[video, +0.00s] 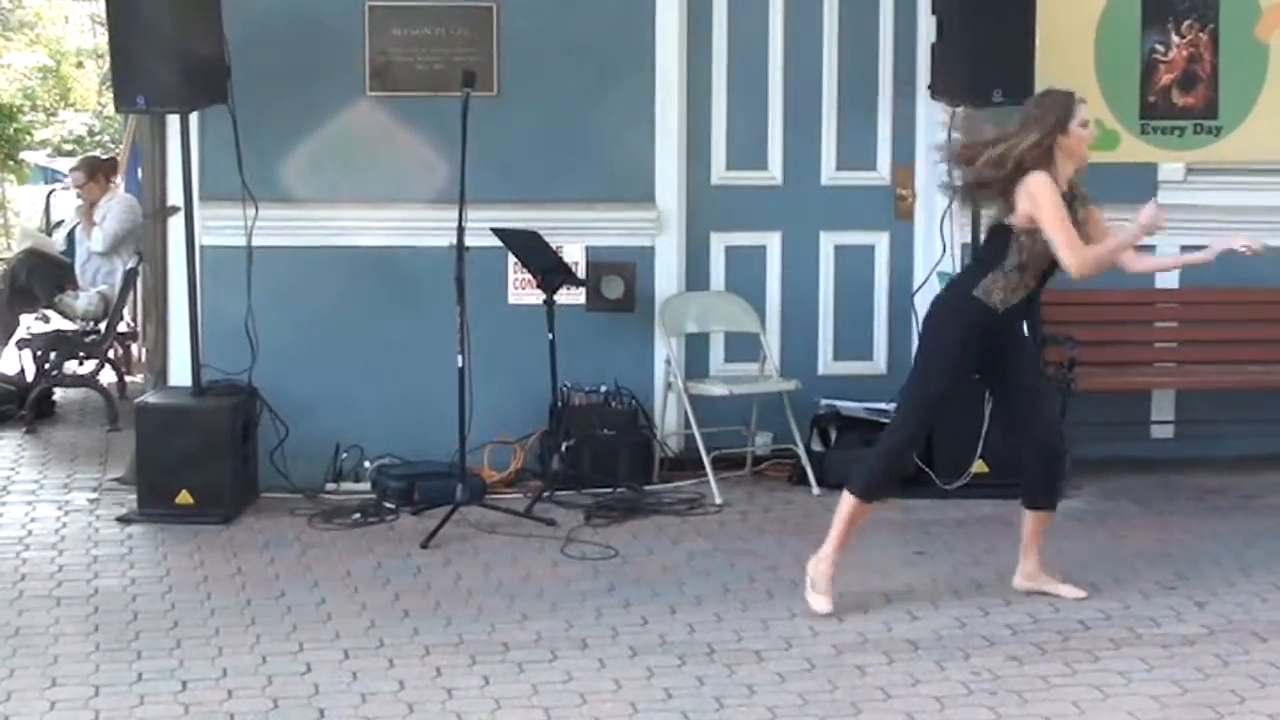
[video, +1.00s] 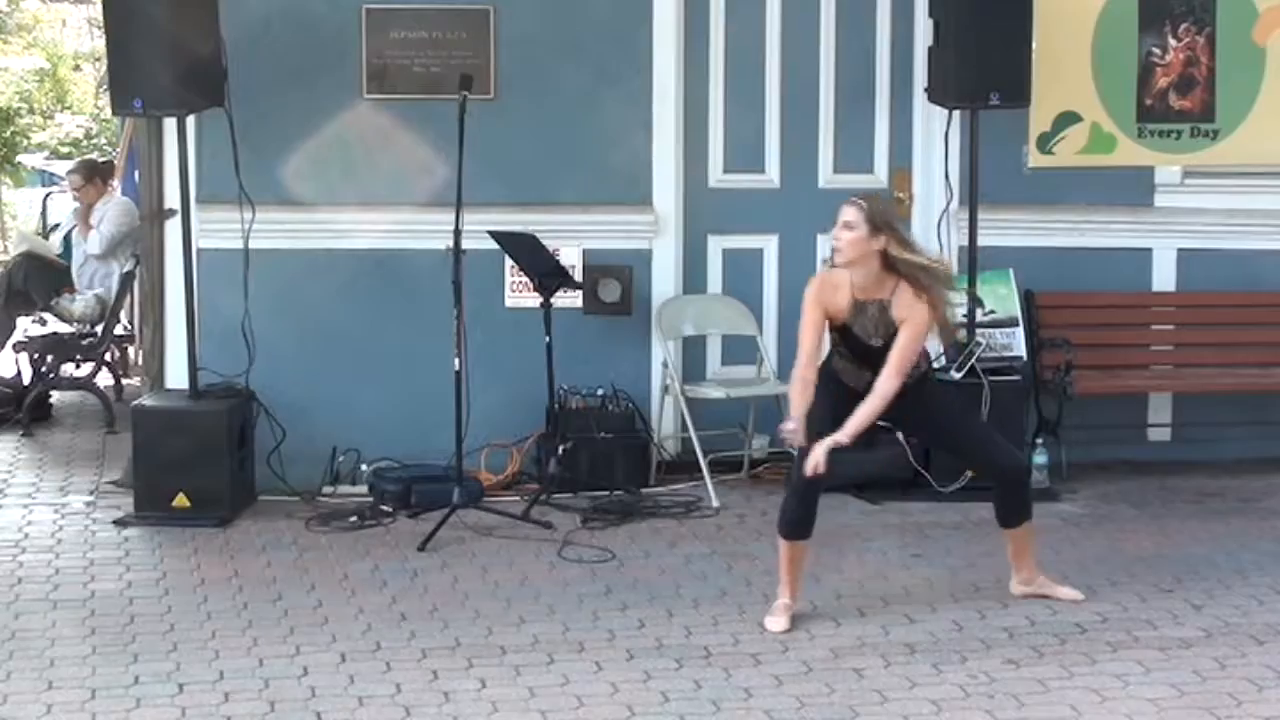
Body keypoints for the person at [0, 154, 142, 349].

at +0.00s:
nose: (77, 193)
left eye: (80, 187)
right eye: (75, 188)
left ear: (99, 181)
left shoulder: (125, 205)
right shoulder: (88, 211)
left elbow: (102, 244)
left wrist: (86, 220)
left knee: (29, 261)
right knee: (12, 296)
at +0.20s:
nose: (76, 194)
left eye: (79, 188)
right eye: (73, 189)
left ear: (97, 182)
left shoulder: (123, 205)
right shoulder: (86, 211)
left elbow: (101, 244)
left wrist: (83, 220)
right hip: (79, 289)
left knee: (27, 262)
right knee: (11, 298)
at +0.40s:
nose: (73, 195)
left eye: (76, 189)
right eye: (70, 190)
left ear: (94, 182)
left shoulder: (121, 206)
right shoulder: (83, 210)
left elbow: (98, 245)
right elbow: (55, 247)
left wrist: (81, 221)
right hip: (76, 289)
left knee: (25, 262)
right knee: (9, 299)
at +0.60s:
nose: (74, 196)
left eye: (77, 190)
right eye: (71, 191)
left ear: (94, 183)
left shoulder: (121, 207)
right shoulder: (84, 210)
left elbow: (99, 246)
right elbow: (55, 248)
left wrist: (81, 223)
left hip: (100, 296)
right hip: (74, 286)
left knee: (26, 263)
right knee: (9, 301)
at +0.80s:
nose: (74, 197)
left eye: (78, 190)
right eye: (72, 192)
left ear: (95, 184)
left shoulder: (122, 208)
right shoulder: (85, 211)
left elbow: (100, 246)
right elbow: (56, 248)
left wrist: (82, 223)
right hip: (77, 288)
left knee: (27, 263)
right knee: (9, 303)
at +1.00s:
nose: (75, 197)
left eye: (78, 190)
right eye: (73, 192)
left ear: (99, 184)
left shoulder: (121, 208)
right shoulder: (83, 211)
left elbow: (98, 246)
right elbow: (56, 247)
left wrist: (82, 222)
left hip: (98, 299)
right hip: (74, 291)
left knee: (26, 264)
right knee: (9, 301)